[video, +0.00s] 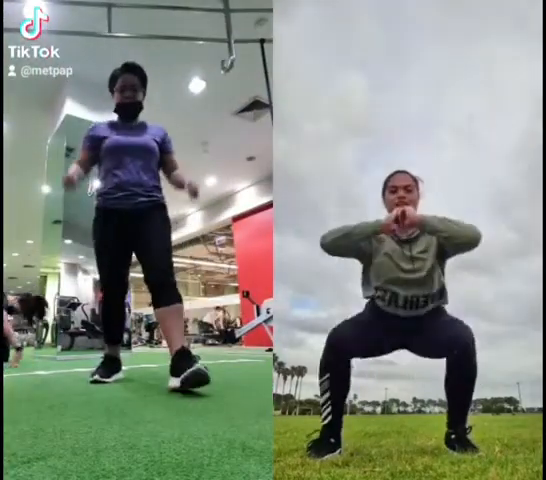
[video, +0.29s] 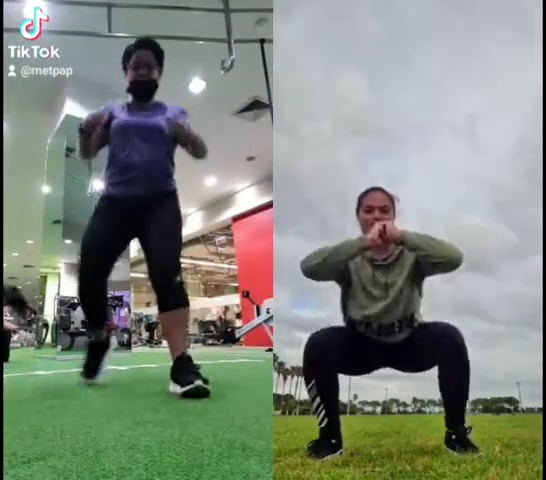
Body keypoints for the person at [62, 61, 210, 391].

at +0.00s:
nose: (129, 95)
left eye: (135, 90)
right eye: (123, 90)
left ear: (144, 95)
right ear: (112, 94)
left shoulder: (157, 133)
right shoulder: (99, 131)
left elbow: (172, 171)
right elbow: (82, 164)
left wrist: (185, 183)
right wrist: (74, 174)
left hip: (151, 212)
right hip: (111, 213)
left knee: (162, 279)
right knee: (113, 288)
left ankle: (181, 358)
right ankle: (111, 359)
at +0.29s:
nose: (142, 73)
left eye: (149, 68)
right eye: (136, 68)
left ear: (159, 74)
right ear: (126, 73)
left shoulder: (172, 113)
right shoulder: (112, 113)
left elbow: (200, 151)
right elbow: (87, 154)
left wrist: (184, 135)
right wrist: (86, 135)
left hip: (160, 202)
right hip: (116, 202)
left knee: (167, 277)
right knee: (90, 269)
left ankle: (182, 365)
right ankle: (98, 338)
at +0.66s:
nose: (125, 56)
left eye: (133, 50)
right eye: (118, 50)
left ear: (146, 57)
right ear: (107, 58)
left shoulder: (158, 104)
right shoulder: (95, 106)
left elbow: (192, 143)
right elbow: (68, 154)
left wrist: (165, 105)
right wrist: (76, 122)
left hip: (151, 206)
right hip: (101, 206)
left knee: (171, 279)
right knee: (66, 275)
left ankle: (182, 367)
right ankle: (50, 370)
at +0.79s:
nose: (114, 41)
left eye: (122, 35)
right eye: (107, 35)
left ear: (134, 42)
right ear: (94, 40)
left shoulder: (146, 87)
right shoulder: (80, 86)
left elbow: (186, 117)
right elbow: (43, 114)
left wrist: (152, 72)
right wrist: (77, 71)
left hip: (137, 192)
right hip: (87, 192)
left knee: (162, 275)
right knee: (62, 276)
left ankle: (183, 366)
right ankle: (48, 370)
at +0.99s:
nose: (92, 34)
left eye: (100, 28)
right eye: (84, 27)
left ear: (112, 35)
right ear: (71, 33)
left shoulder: (123, 80)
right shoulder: (57, 79)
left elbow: (165, 103)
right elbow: (15, 92)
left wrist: (125, 59)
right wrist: (64, 59)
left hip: (114, 191)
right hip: (64, 191)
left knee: (133, 273)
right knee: (52, 277)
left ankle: (139, 352)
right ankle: (48, 371)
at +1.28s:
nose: (79, 79)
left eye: (88, 72)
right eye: (72, 71)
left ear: (103, 79)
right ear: (61, 75)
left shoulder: (110, 119)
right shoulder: (48, 121)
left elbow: (129, 154)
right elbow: (10, 152)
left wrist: (91, 109)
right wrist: (43, 108)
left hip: (98, 227)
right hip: (51, 223)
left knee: (96, 305)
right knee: (43, 277)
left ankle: (86, 348)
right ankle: (48, 368)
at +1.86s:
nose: (87, 71)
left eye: (96, 64)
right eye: (80, 63)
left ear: (108, 72)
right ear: (66, 69)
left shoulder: (116, 115)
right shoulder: (53, 115)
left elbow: (144, 136)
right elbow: (10, 136)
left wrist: (99, 96)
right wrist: (46, 95)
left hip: (109, 224)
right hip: (63, 219)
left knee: (111, 308)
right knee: (57, 286)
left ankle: (96, 346)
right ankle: (49, 369)